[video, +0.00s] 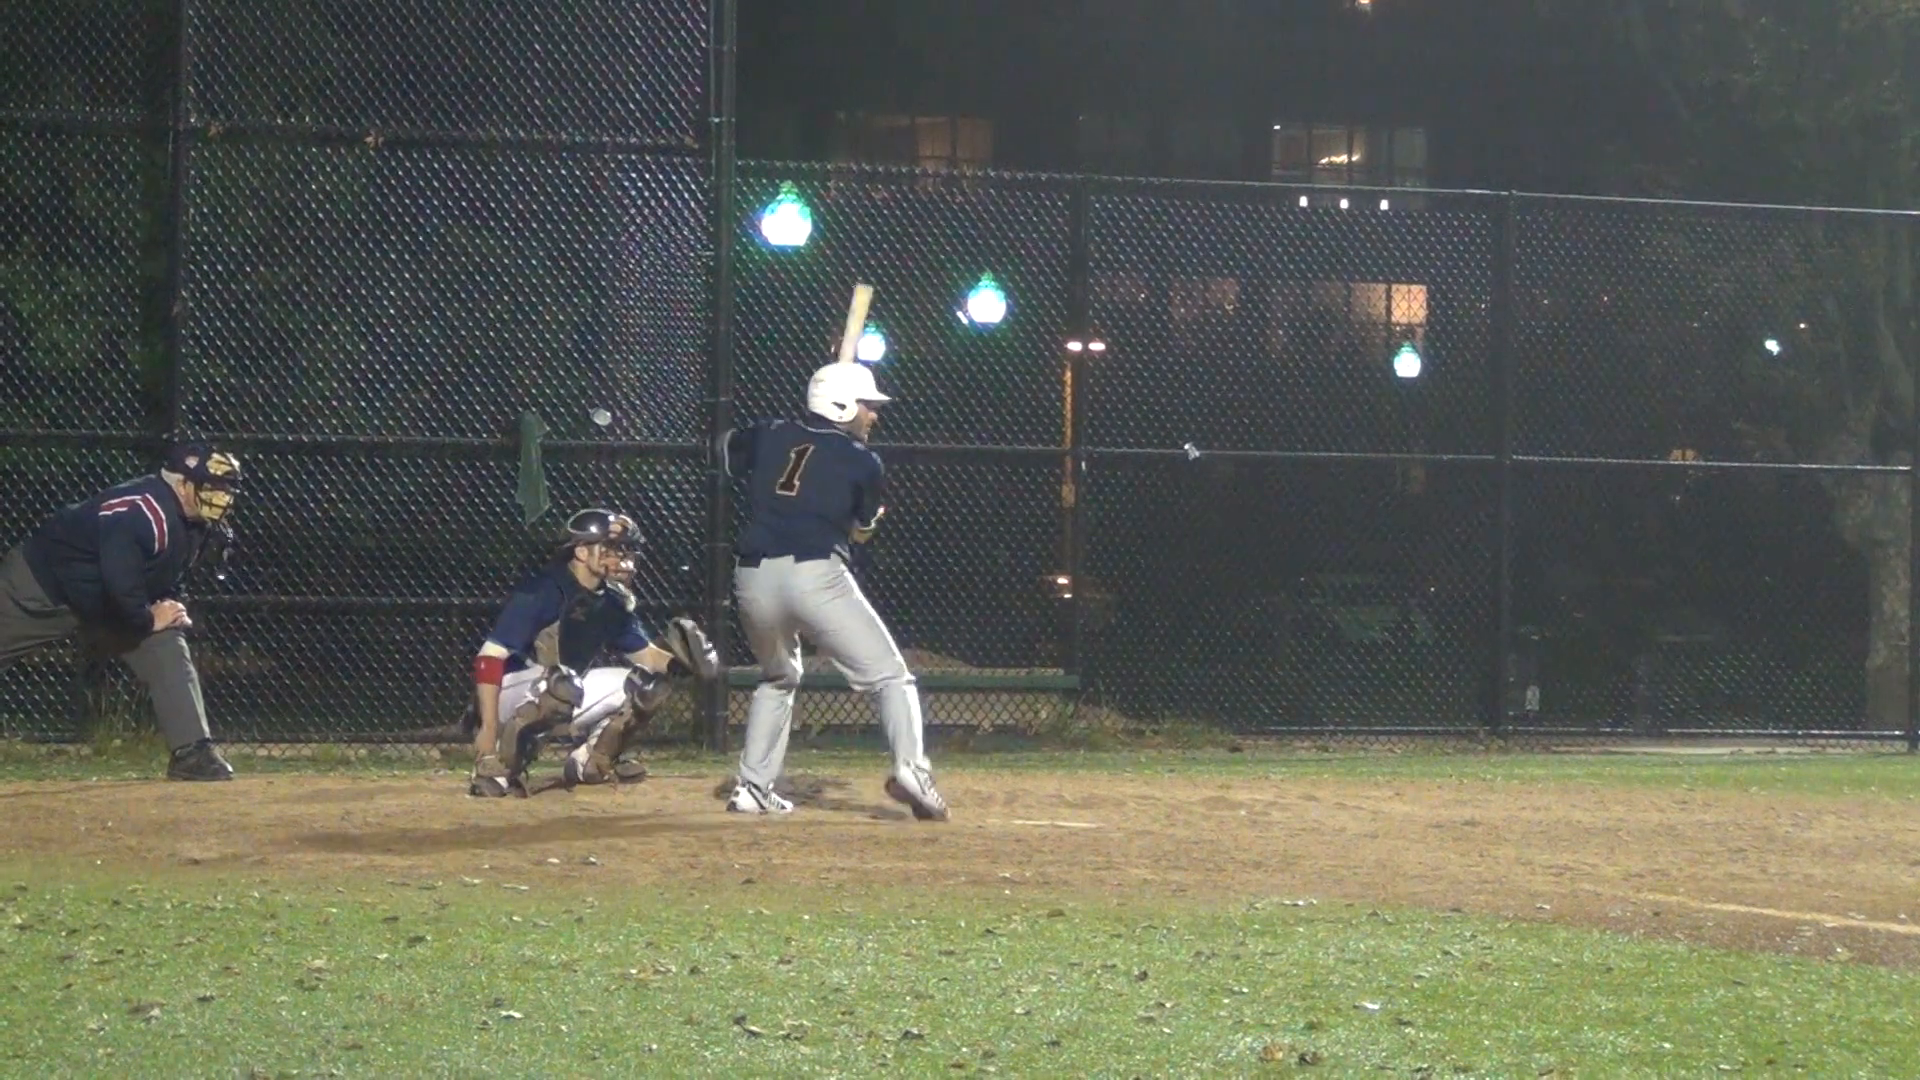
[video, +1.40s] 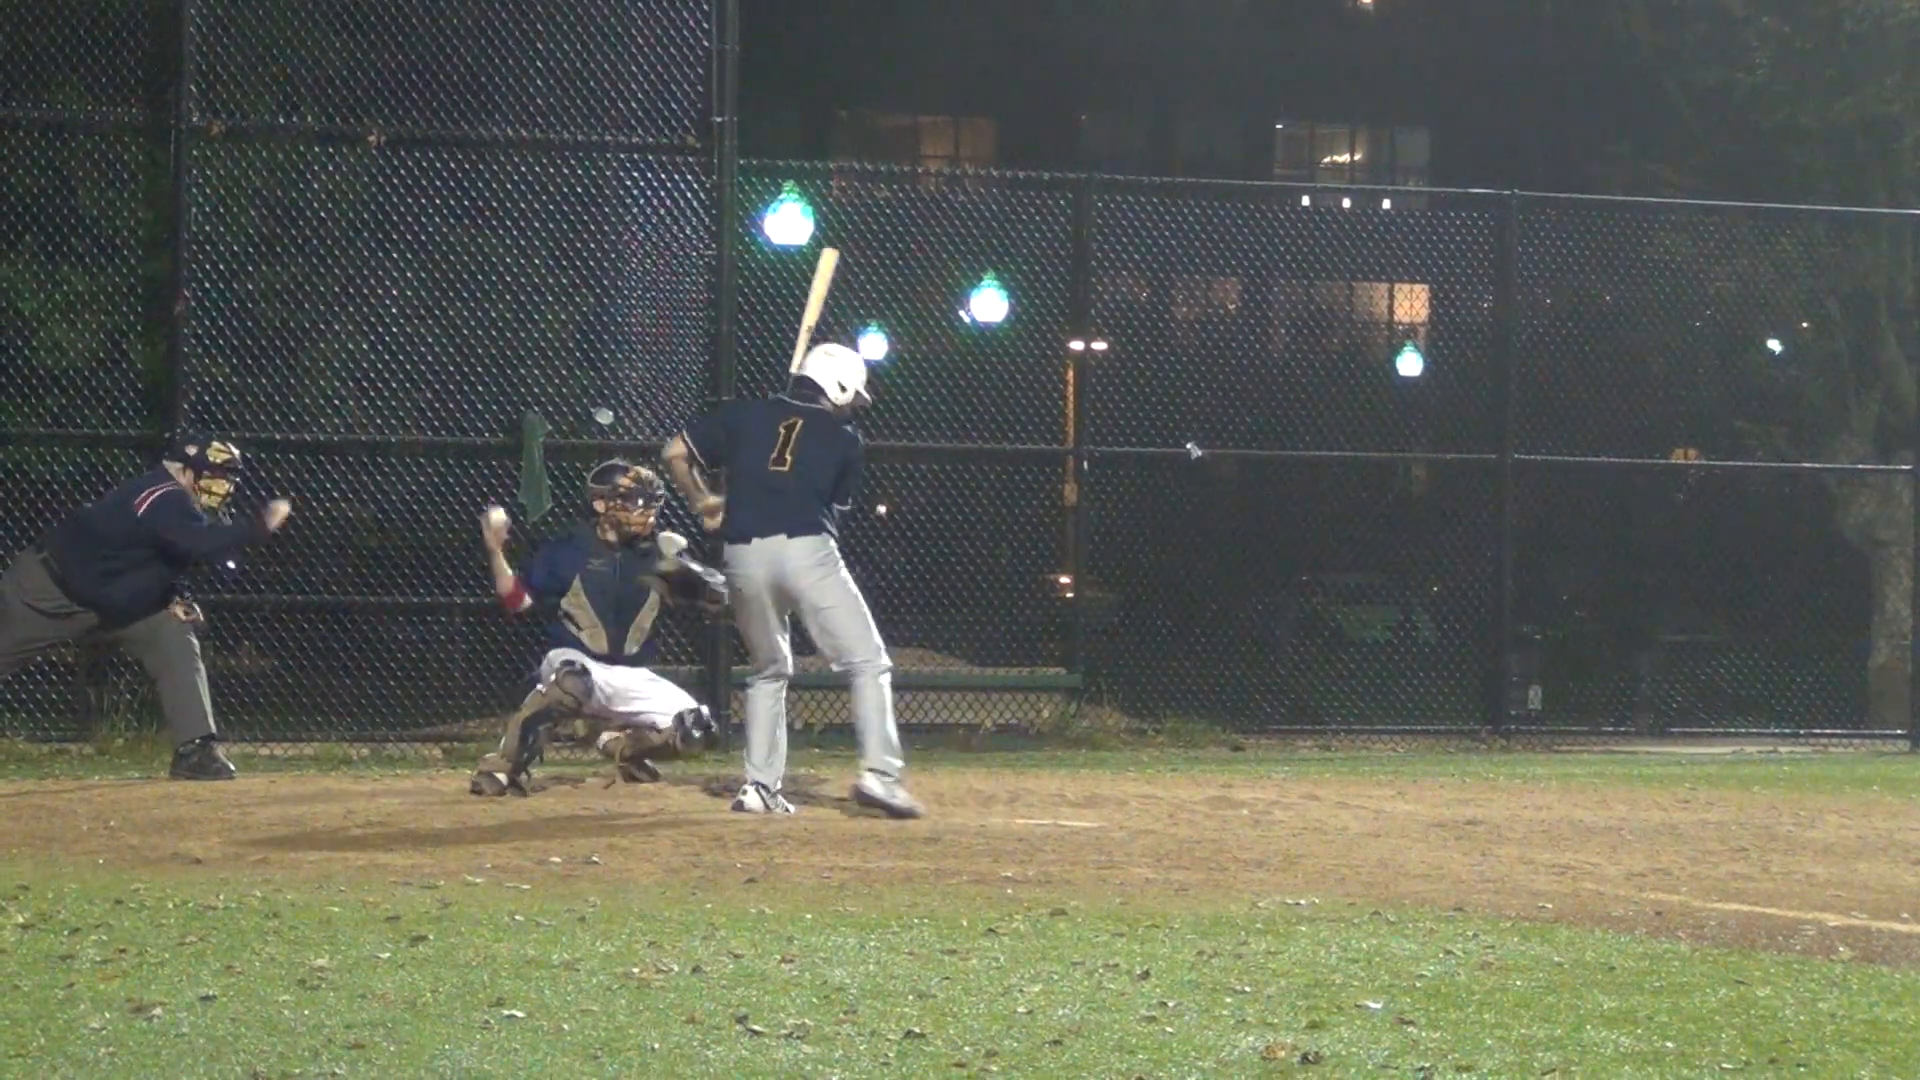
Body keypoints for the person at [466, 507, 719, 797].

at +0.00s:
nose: (620, 560)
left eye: (622, 552)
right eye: (610, 550)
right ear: (581, 553)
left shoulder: (611, 602)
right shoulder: (543, 591)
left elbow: (647, 655)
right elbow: (489, 659)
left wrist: (684, 661)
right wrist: (489, 728)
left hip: (569, 691)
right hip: (508, 692)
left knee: (646, 686)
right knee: (561, 686)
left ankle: (591, 764)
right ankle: (495, 767)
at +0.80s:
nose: (620, 563)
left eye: (623, 555)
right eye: (610, 554)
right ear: (582, 554)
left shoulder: (618, 600)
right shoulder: (545, 589)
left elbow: (647, 645)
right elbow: (482, 647)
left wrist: (682, 657)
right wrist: (487, 710)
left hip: (568, 692)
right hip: (505, 692)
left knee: (648, 692)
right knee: (562, 687)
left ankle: (594, 765)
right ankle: (496, 769)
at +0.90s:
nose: (622, 552)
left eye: (625, 545)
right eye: (612, 544)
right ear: (582, 545)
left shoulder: (621, 596)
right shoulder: (541, 584)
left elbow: (645, 649)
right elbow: (490, 642)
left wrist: (667, 659)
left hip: (575, 691)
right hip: (514, 690)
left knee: (651, 697)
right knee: (565, 691)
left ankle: (591, 764)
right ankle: (500, 771)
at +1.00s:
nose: (621, 539)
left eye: (624, 532)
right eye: (610, 530)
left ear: (631, 536)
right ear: (581, 534)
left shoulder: (621, 584)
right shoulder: (542, 580)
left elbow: (655, 652)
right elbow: (501, 645)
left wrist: (637, 626)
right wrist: (555, 638)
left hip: (579, 681)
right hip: (515, 679)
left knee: (657, 695)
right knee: (569, 690)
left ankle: (593, 761)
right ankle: (501, 770)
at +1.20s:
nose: (625, 521)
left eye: (629, 513)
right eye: (613, 511)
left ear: (637, 518)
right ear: (585, 515)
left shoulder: (639, 566)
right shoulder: (551, 564)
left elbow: (667, 638)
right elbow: (522, 641)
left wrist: (639, 606)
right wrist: (548, 611)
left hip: (600, 676)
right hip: (540, 668)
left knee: (678, 707)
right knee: (569, 685)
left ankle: (608, 752)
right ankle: (500, 767)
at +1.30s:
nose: (629, 515)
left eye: (635, 507)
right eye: (618, 505)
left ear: (645, 512)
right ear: (590, 508)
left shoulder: (647, 557)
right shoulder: (567, 551)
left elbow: (692, 620)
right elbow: (523, 628)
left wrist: (667, 583)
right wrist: (520, 590)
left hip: (615, 672)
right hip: (559, 660)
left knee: (688, 717)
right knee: (571, 683)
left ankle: (620, 749)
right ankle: (501, 767)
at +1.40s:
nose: (640, 510)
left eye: (645, 502)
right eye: (628, 501)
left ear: (654, 505)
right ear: (600, 505)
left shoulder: (658, 554)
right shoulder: (570, 550)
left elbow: (716, 599)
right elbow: (518, 602)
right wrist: (496, 551)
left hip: (632, 673)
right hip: (575, 662)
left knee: (696, 725)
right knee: (571, 682)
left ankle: (626, 749)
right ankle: (502, 765)